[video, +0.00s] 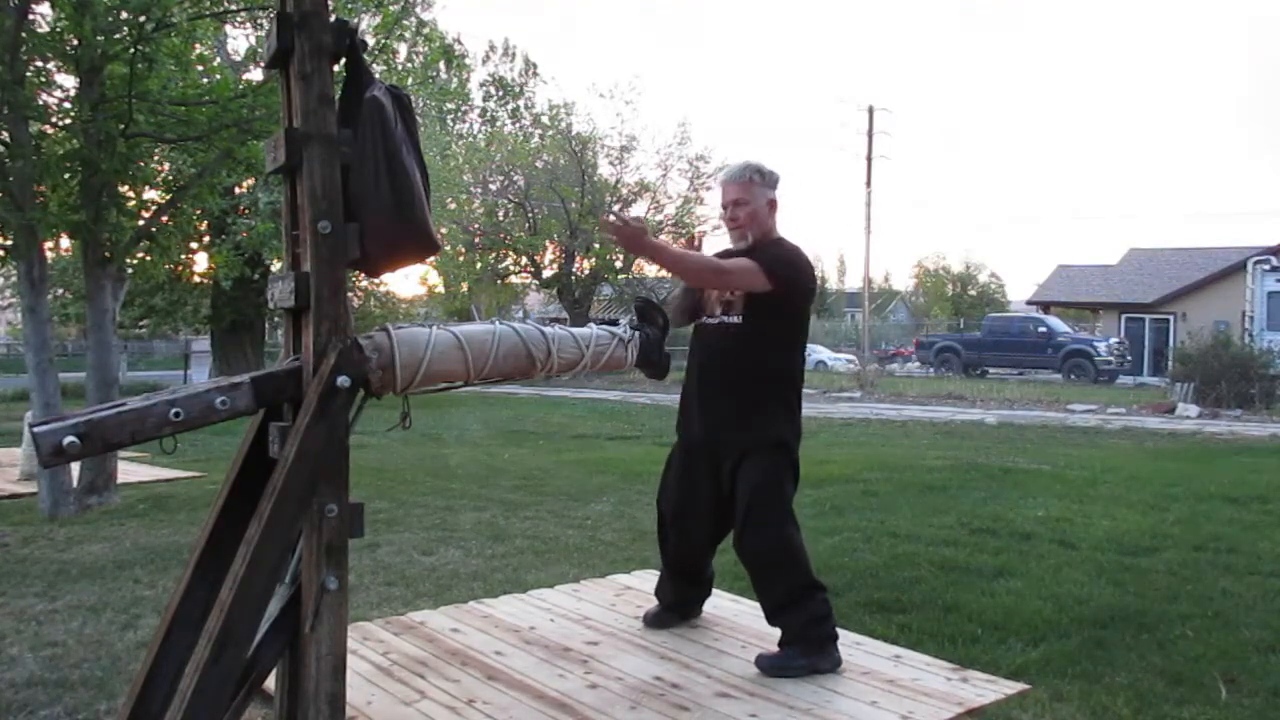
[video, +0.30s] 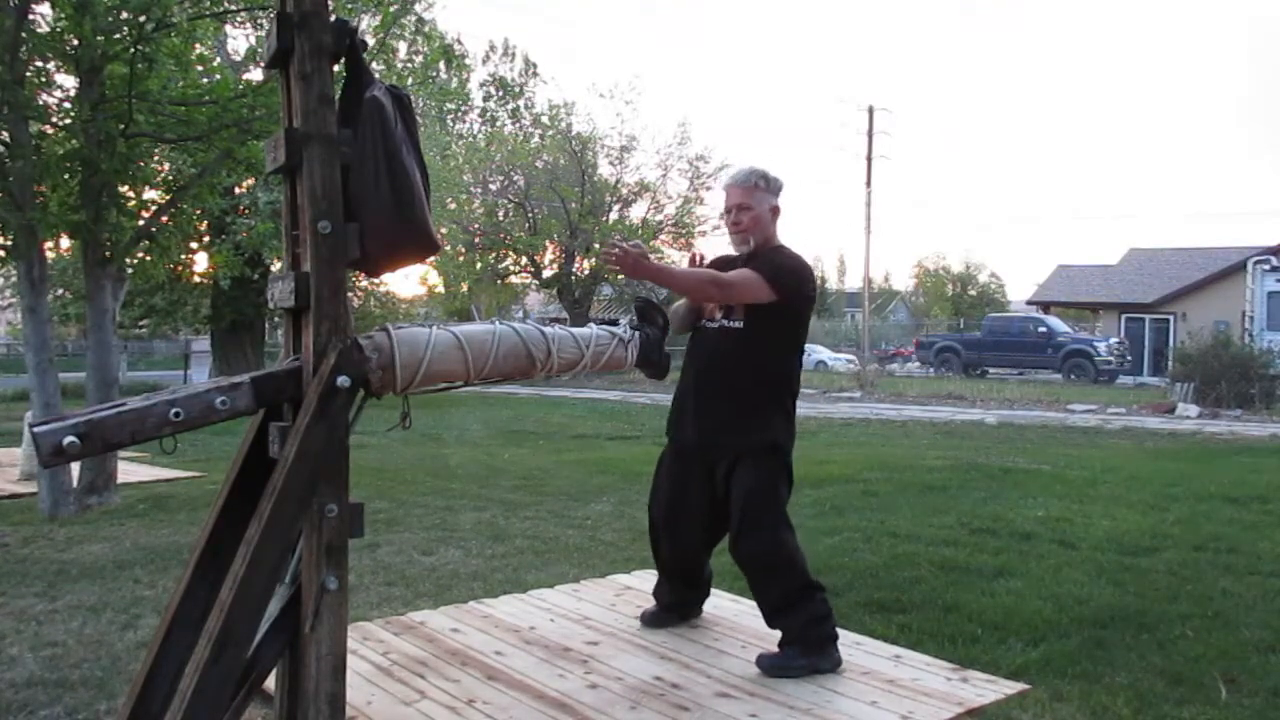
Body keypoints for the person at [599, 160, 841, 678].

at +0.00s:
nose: (732, 215)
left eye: (741, 205)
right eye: (727, 207)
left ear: (770, 205)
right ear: (722, 212)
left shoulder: (787, 262)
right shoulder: (720, 265)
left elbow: (718, 274)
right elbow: (679, 316)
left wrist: (648, 247)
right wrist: (688, 269)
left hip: (763, 428)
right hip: (704, 423)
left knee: (765, 533)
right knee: (681, 511)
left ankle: (813, 643)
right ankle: (681, 599)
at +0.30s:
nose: (735, 220)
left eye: (745, 210)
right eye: (729, 211)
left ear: (773, 211)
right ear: (724, 217)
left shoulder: (789, 270)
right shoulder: (718, 270)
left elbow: (721, 288)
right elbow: (676, 326)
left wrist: (650, 270)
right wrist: (694, 287)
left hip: (757, 433)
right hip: (696, 426)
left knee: (760, 536)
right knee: (674, 515)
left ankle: (813, 643)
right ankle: (680, 599)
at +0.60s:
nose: (734, 218)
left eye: (744, 208)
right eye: (728, 210)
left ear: (772, 210)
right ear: (722, 215)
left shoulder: (787, 269)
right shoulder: (714, 268)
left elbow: (719, 285)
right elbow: (672, 323)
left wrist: (650, 267)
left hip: (754, 430)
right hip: (692, 423)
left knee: (760, 536)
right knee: (671, 514)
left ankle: (813, 642)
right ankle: (680, 599)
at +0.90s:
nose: (726, 222)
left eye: (737, 212)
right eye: (721, 213)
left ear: (767, 212)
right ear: (718, 214)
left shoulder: (787, 270)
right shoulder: (713, 273)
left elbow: (748, 304)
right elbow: (676, 317)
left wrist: (686, 284)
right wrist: (643, 305)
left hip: (754, 429)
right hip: (692, 424)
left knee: (759, 534)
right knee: (671, 513)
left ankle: (813, 641)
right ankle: (680, 598)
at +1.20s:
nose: (719, 221)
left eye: (730, 211)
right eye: (716, 211)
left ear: (763, 211)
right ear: (714, 212)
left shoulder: (789, 271)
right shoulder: (707, 271)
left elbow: (806, 346)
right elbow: (690, 342)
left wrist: (774, 412)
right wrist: (678, 400)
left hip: (759, 419)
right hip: (700, 416)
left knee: (758, 530)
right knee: (672, 509)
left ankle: (813, 642)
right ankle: (679, 598)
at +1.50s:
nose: (725, 216)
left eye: (736, 207)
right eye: (722, 207)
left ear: (770, 210)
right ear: (722, 208)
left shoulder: (797, 265)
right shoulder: (712, 268)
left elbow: (791, 321)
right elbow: (678, 312)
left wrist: (718, 314)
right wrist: (656, 320)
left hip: (772, 426)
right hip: (712, 421)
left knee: (767, 528)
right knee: (681, 508)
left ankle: (815, 642)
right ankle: (682, 597)